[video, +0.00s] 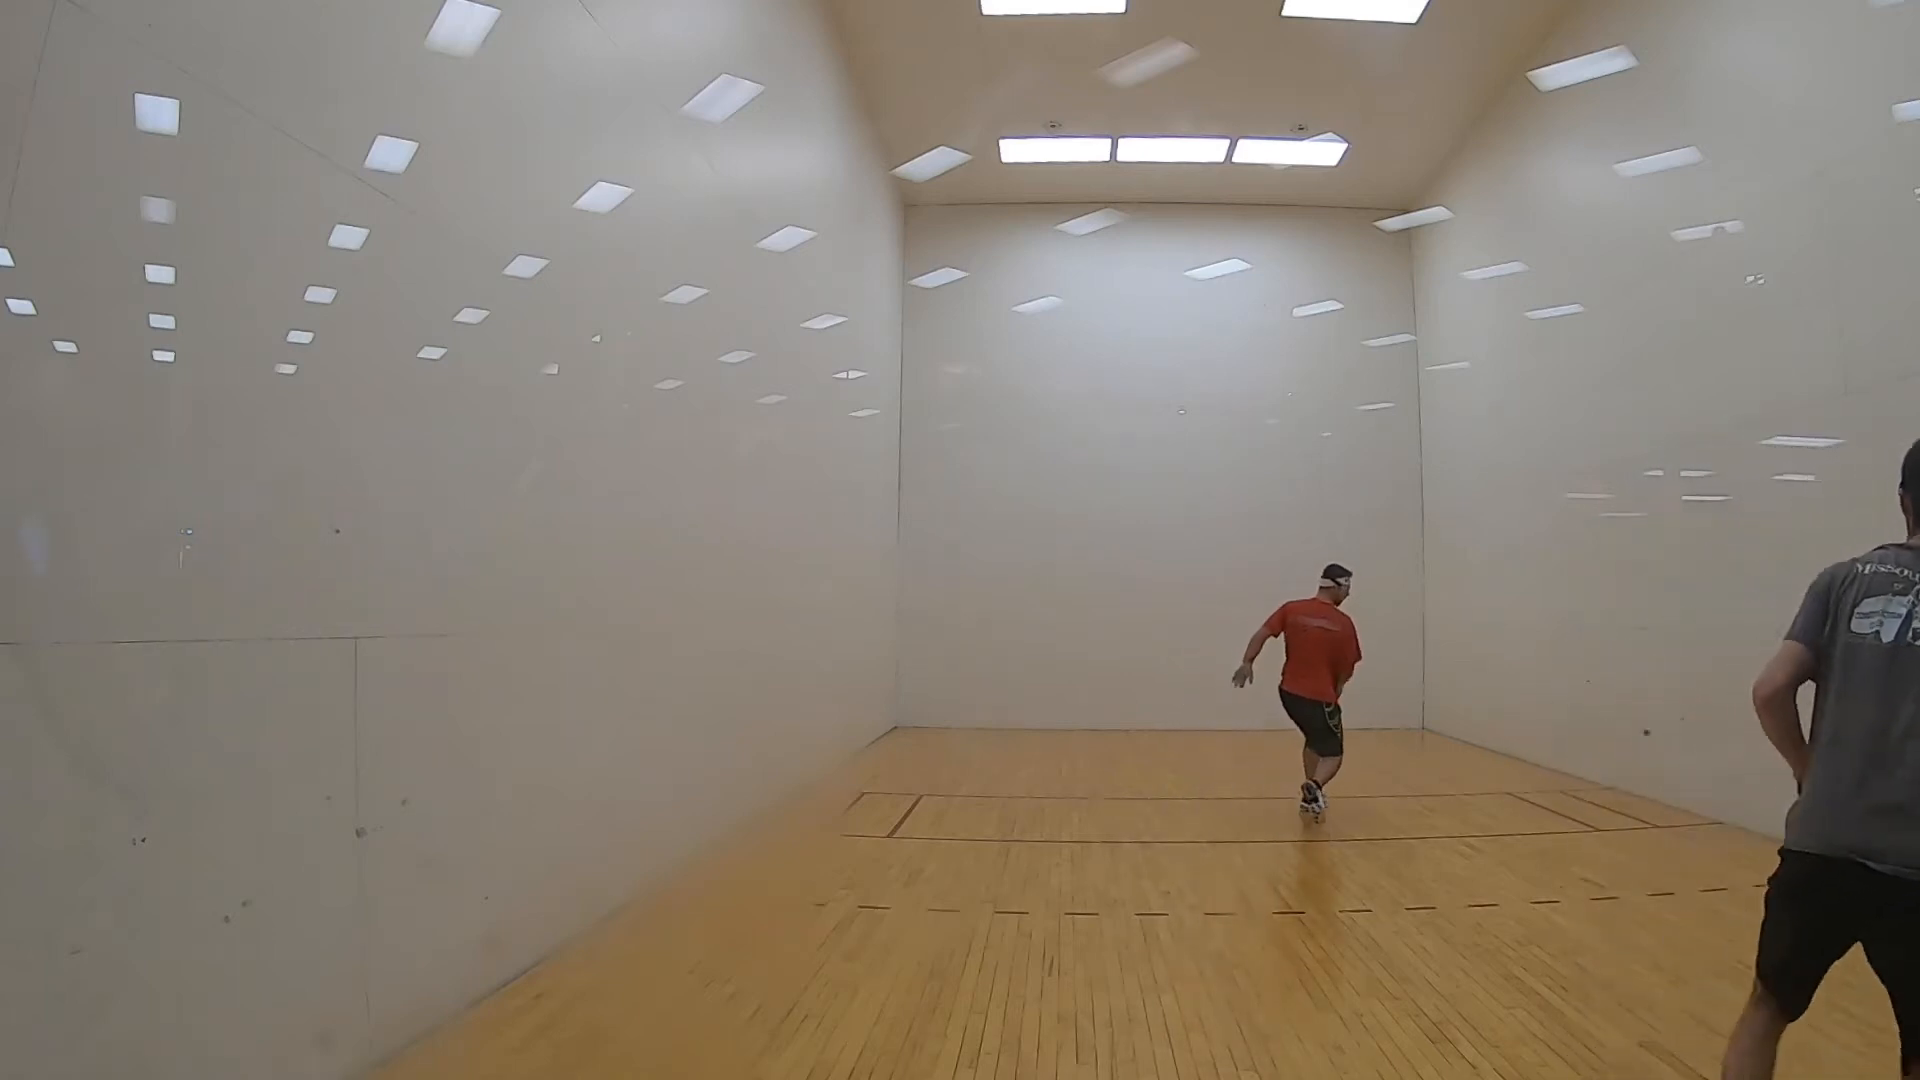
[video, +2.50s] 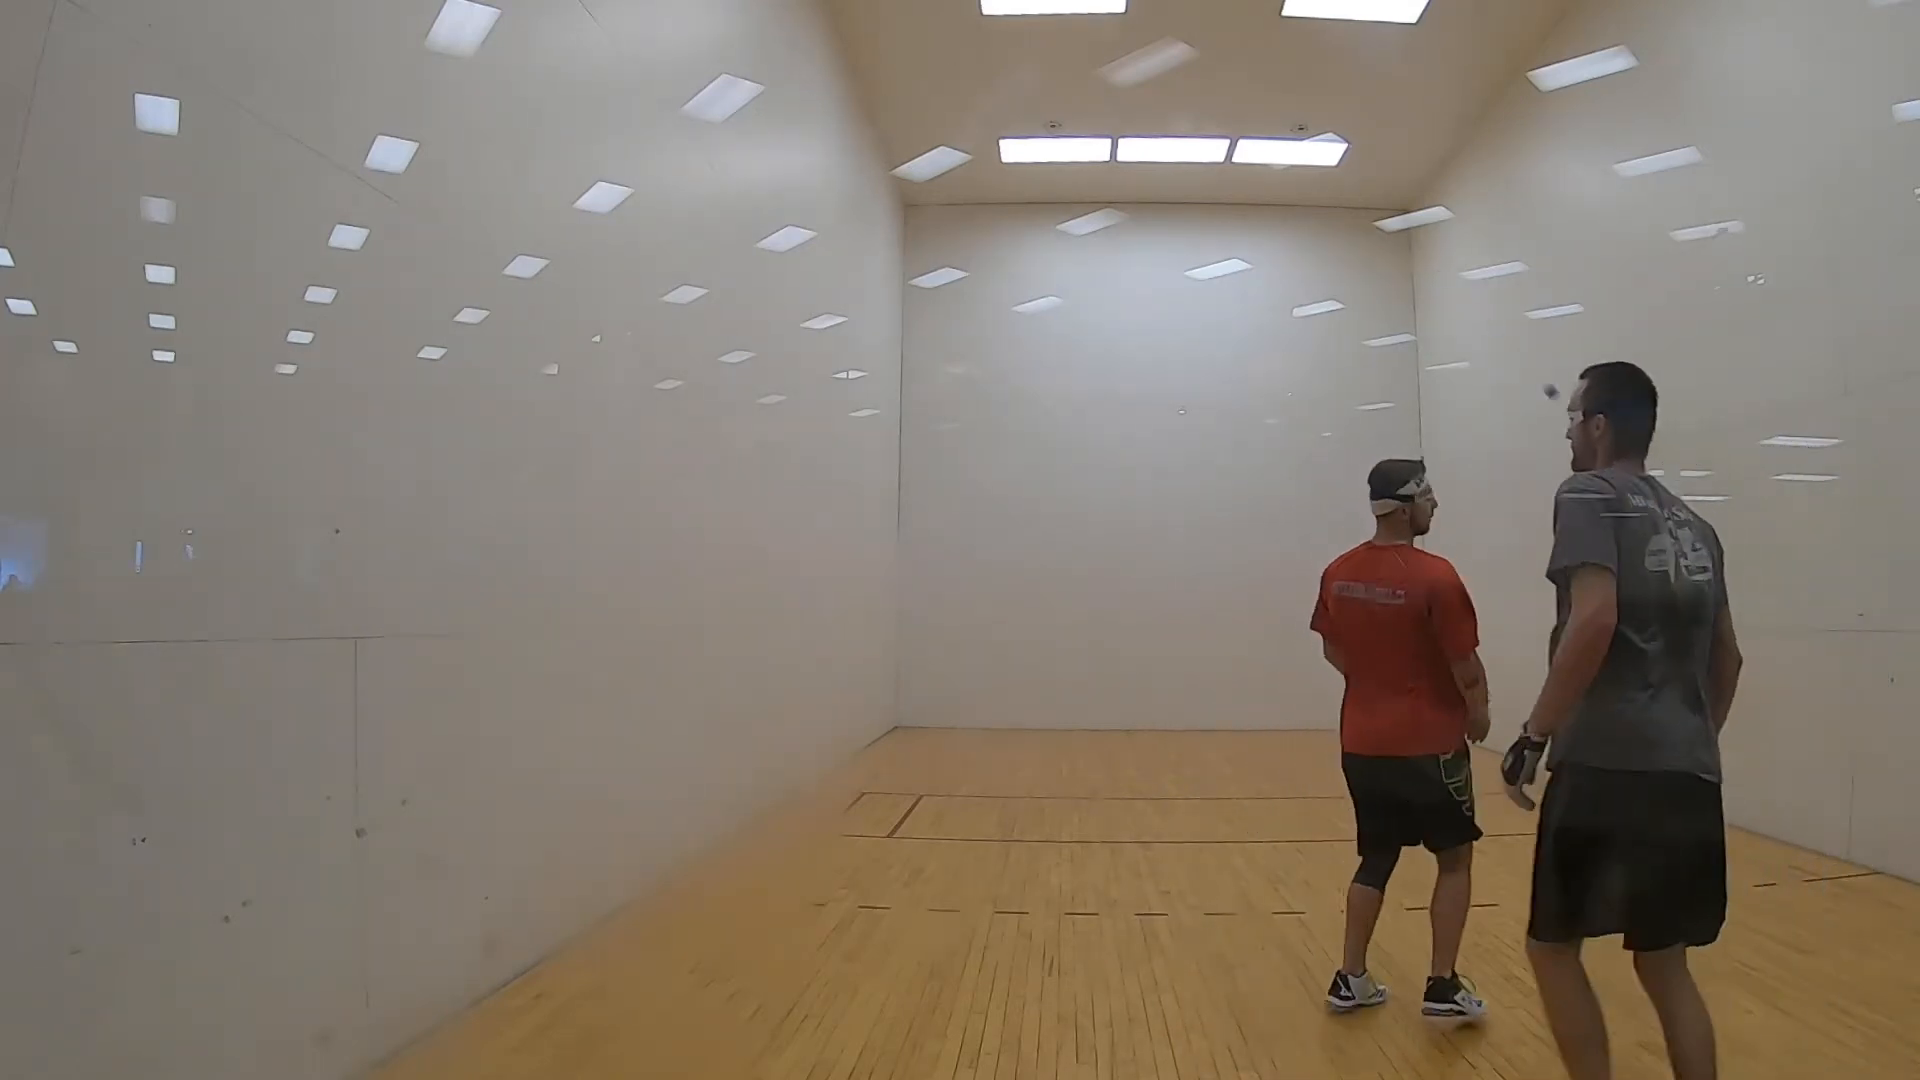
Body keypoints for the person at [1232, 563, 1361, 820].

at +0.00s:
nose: (1348, 592)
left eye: (1348, 587)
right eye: (1347, 587)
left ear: (1322, 585)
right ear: (1339, 587)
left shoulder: (1291, 609)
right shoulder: (1344, 623)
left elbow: (1262, 633)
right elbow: (1347, 669)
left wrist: (1246, 662)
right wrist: (1334, 691)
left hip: (1289, 693)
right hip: (1321, 700)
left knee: (1312, 740)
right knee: (1333, 754)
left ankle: (1312, 791)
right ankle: (1314, 786)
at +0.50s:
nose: (1332, 573)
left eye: (1333, 567)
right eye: (1328, 567)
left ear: (1307, 567)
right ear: (1312, 566)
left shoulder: (1274, 591)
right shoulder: (1319, 603)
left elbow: (1252, 626)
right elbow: (1331, 652)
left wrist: (1258, 662)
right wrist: (1343, 670)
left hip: (1270, 684)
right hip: (1304, 688)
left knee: (1271, 747)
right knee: (1314, 752)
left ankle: (1255, 803)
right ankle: (1309, 819)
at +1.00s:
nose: (1231, 573)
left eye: (1223, 569)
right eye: (1237, 567)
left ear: (1217, 572)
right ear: (1245, 569)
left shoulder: (1203, 612)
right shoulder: (1264, 599)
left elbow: (1200, 662)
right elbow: (1297, 622)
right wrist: (1283, 649)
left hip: (1224, 707)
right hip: (1263, 703)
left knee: (1219, 774)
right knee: (1279, 764)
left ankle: (1204, 837)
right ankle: (1285, 837)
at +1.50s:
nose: (1248, 541)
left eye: (1249, 536)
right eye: (1257, 537)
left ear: (1252, 541)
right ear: (1283, 545)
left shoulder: (1226, 583)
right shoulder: (1300, 595)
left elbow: (1186, 626)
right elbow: (1320, 641)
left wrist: (1149, 652)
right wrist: (1284, 644)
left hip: (1226, 701)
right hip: (1272, 708)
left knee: (1213, 774)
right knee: (1264, 789)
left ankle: (1203, 843)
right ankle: (1255, 869)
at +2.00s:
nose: (1281, 527)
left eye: (1283, 522)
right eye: (1290, 523)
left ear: (1286, 528)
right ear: (1324, 534)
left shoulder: (1259, 579)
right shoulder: (1348, 587)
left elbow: (1227, 639)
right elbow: (1376, 648)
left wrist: (1223, 678)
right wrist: (1347, 687)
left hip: (1274, 722)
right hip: (1330, 722)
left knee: (1252, 819)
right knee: (1319, 807)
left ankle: (1236, 929)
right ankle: (1317, 905)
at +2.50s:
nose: (1434, 504)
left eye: (1431, 495)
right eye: (1427, 496)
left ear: (1380, 508)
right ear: (1406, 506)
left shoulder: (1339, 571)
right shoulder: (1435, 575)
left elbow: (1332, 651)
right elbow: (1465, 668)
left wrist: (1374, 682)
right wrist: (1478, 710)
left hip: (1364, 745)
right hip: (1430, 747)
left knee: (1376, 854)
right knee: (1454, 858)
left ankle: (1350, 978)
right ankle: (1442, 985)